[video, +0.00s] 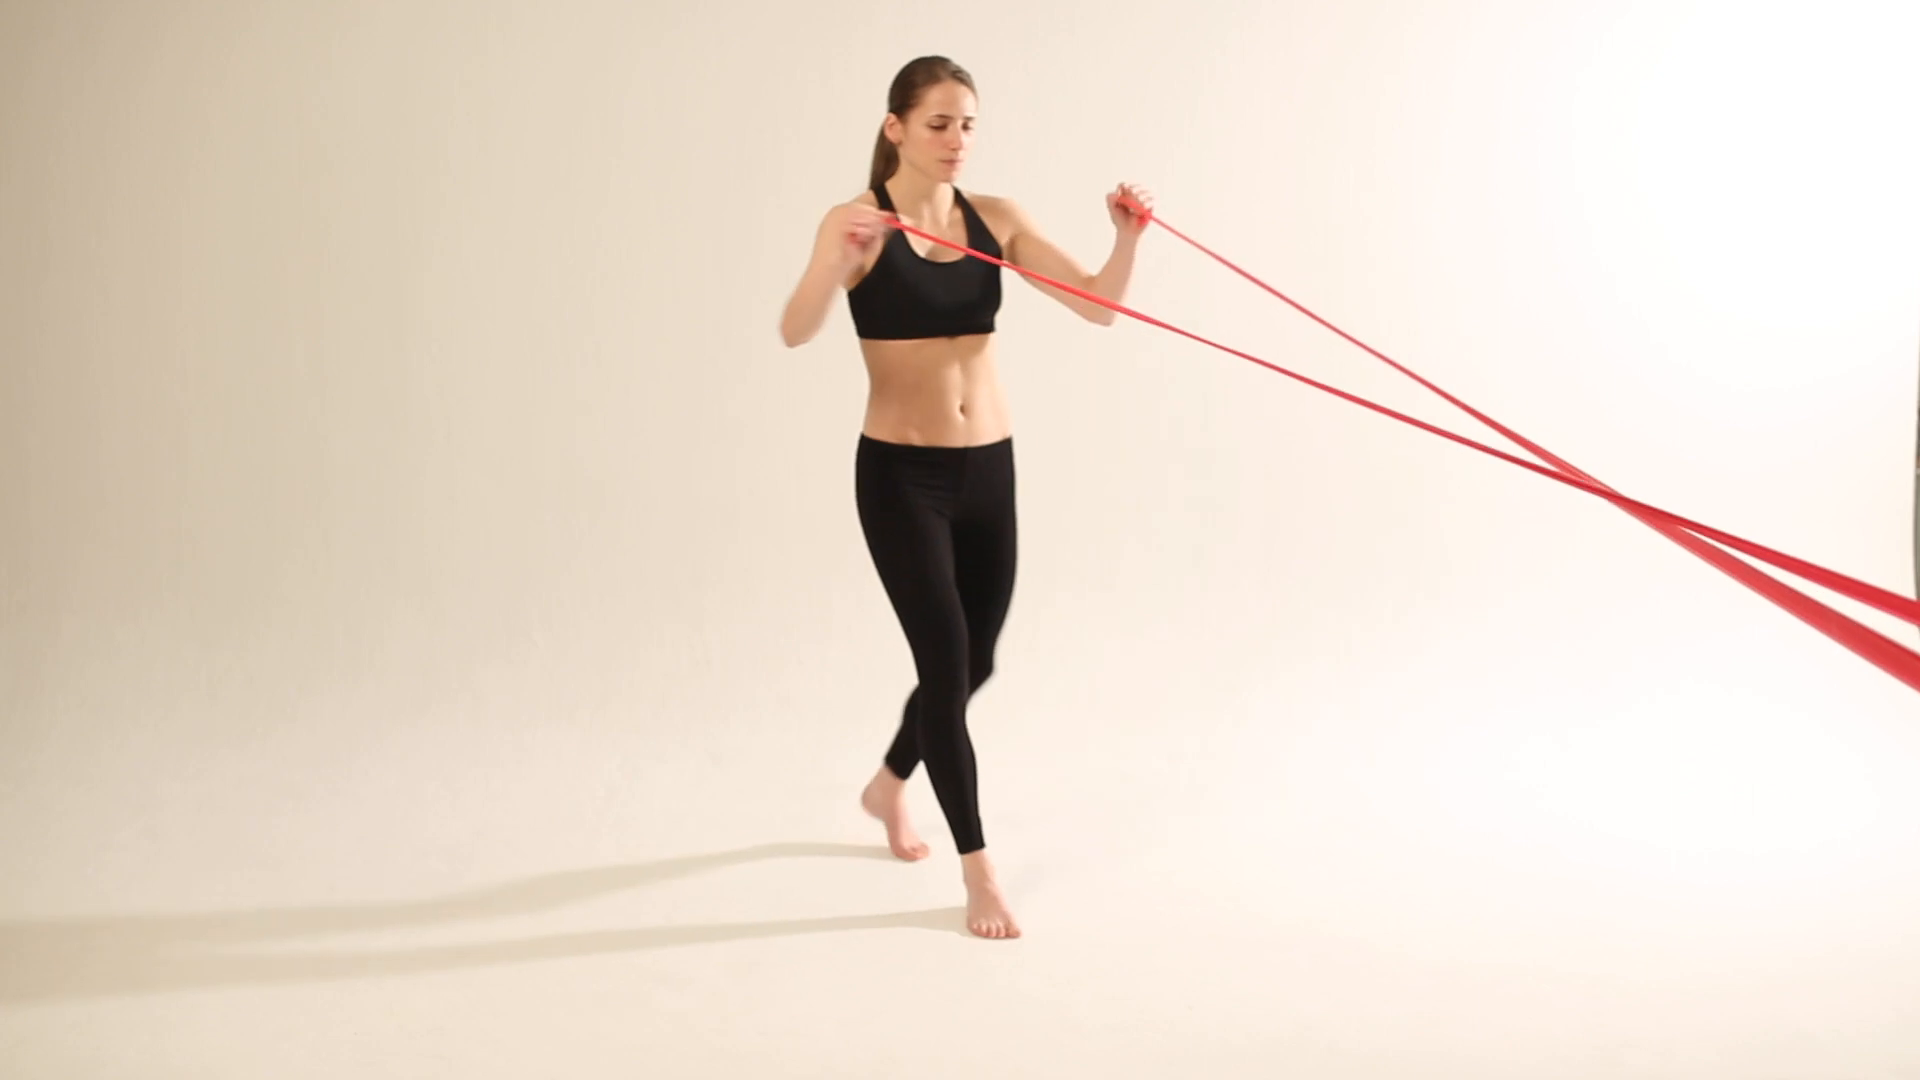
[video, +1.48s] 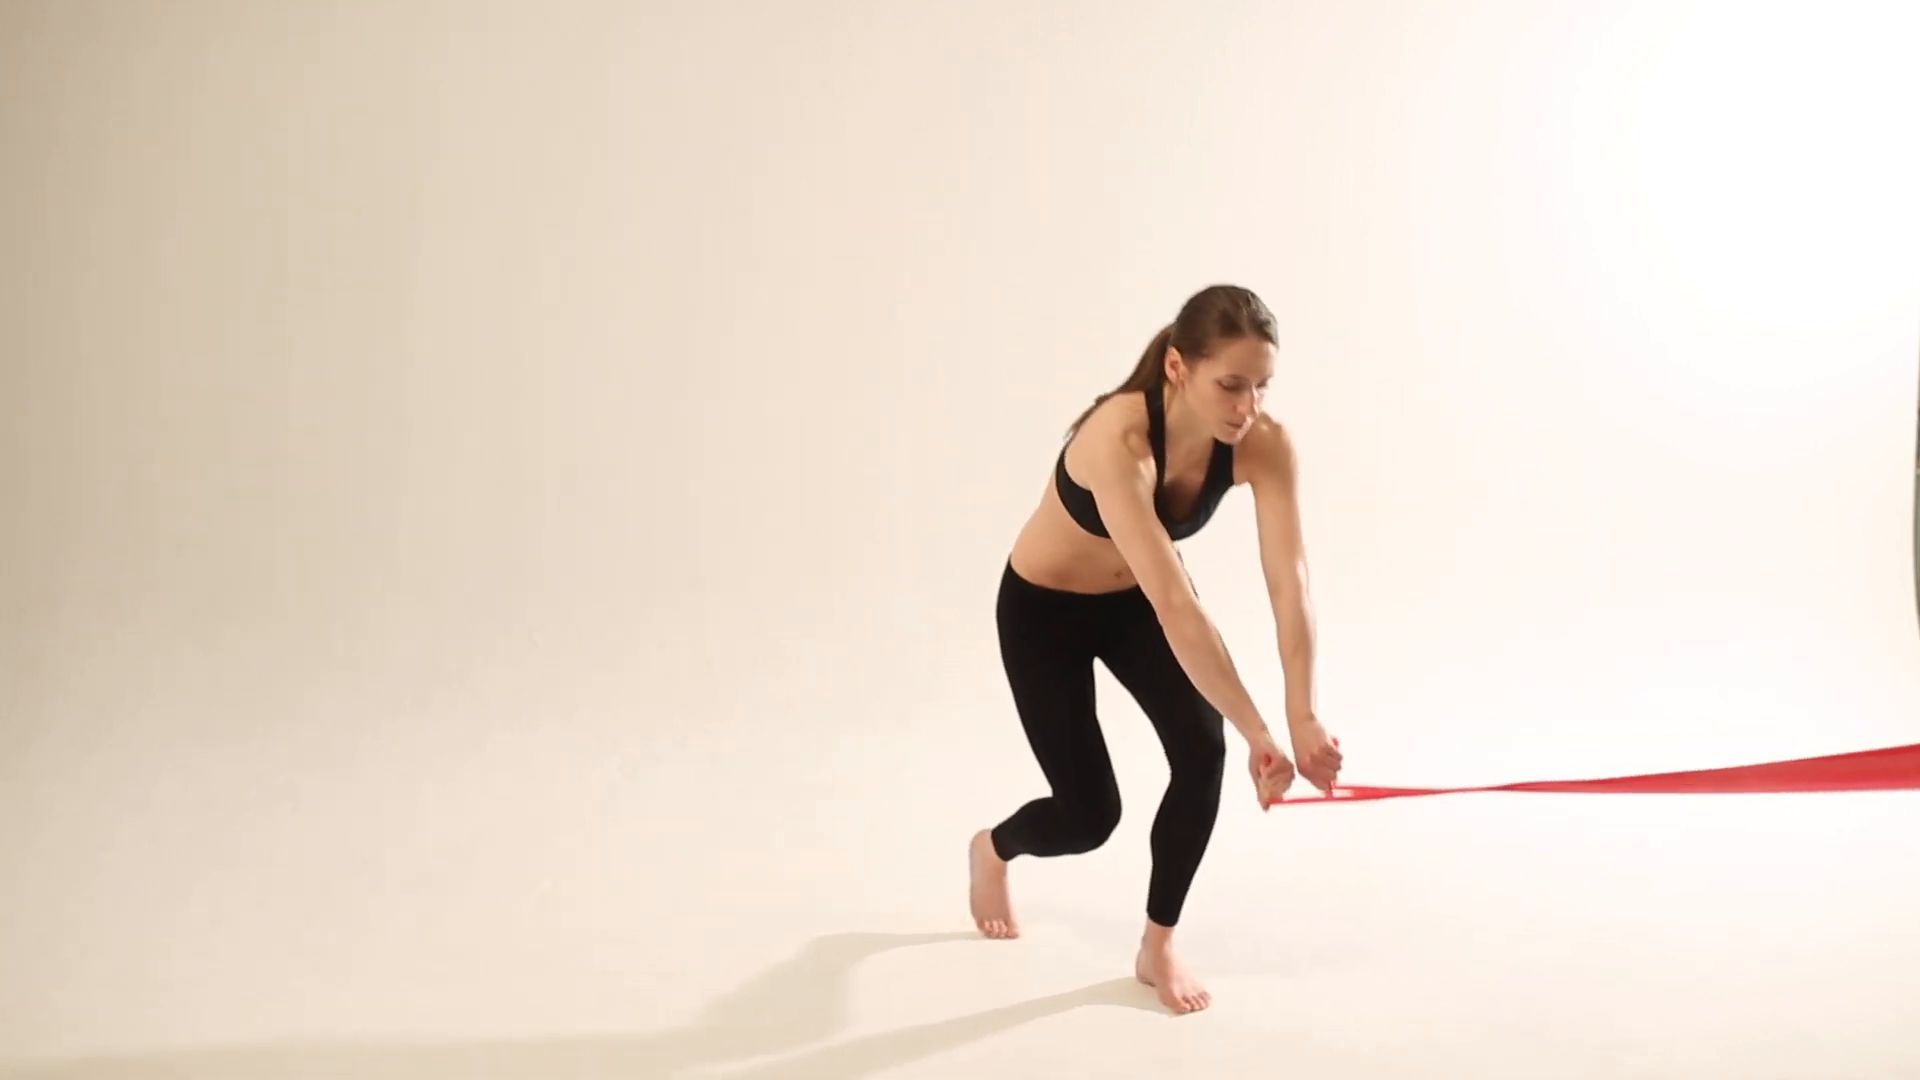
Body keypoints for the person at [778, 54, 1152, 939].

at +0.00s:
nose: (956, 138)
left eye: (966, 124)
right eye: (939, 123)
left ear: (974, 131)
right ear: (895, 127)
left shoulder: (992, 216)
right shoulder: (854, 221)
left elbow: (1097, 304)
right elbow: (795, 331)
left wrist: (1127, 235)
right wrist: (843, 266)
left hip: (989, 470)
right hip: (900, 473)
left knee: (975, 661)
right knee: (945, 668)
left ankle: (887, 781)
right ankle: (977, 869)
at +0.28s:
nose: (1017, 151)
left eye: (1028, 135)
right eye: (1001, 134)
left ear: (1037, 139)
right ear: (954, 134)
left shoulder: (1052, 227)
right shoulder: (915, 228)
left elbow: (1124, 301)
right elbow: (915, 334)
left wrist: (1150, 314)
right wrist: (1021, 329)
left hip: (1027, 485)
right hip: (928, 490)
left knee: (1075, 675)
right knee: (975, 683)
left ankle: (1055, 857)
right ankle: (982, 875)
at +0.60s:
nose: (1124, 231)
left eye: (1134, 214)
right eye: (1107, 213)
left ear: (1142, 219)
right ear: (1055, 211)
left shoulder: (1149, 300)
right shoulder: (1010, 307)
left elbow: (1210, 414)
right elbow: (1078, 445)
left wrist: (1226, 510)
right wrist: (1174, 526)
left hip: (1093, 546)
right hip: (992, 551)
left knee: (1150, 730)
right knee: (1043, 752)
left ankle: (1156, 939)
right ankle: (981, 863)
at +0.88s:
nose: (1229, 363)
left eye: (1239, 342)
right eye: (1212, 342)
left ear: (1249, 334)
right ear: (1157, 329)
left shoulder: (1247, 409)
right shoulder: (1102, 409)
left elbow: (1273, 549)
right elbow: (1163, 576)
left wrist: (1282, 684)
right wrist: (1243, 703)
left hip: (1136, 592)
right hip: (1039, 598)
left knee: (1198, 750)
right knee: (1085, 805)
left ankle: (1158, 942)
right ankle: (989, 850)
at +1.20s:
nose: (1271, 446)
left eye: (1284, 427)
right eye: (1254, 426)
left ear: (1295, 413)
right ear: (1199, 407)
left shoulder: (1284, 479)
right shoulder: (1135, 468)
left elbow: (1304, 622)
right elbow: (1192, 649)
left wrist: (1311, 762)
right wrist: (1265, 784)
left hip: (1153, 614)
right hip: (1054, 620)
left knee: (1211, 768)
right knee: (1095, 830)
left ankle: (1158, 943)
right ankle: (995, 851)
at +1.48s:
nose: (1250, 406)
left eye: (1260, 387)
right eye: (1232, 386)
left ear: (1271, 377)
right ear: (1177, 368)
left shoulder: (1261, 446)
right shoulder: (1115, 438)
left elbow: (1289, 583)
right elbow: (1176, 606)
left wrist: (1302, 716)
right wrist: (1257, 735)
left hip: (1137, 604)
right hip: (1043, 608)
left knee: (1202, 755)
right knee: (1090, 815)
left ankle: (1158, 943)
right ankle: (991, 848)